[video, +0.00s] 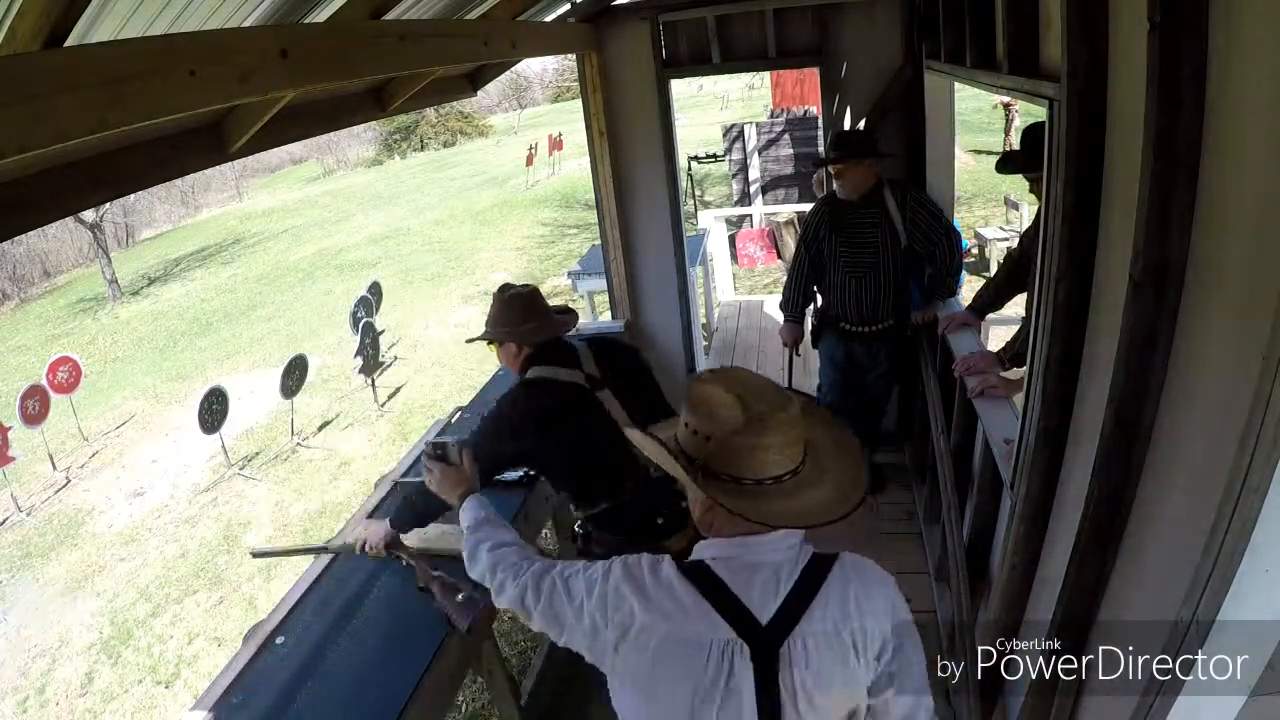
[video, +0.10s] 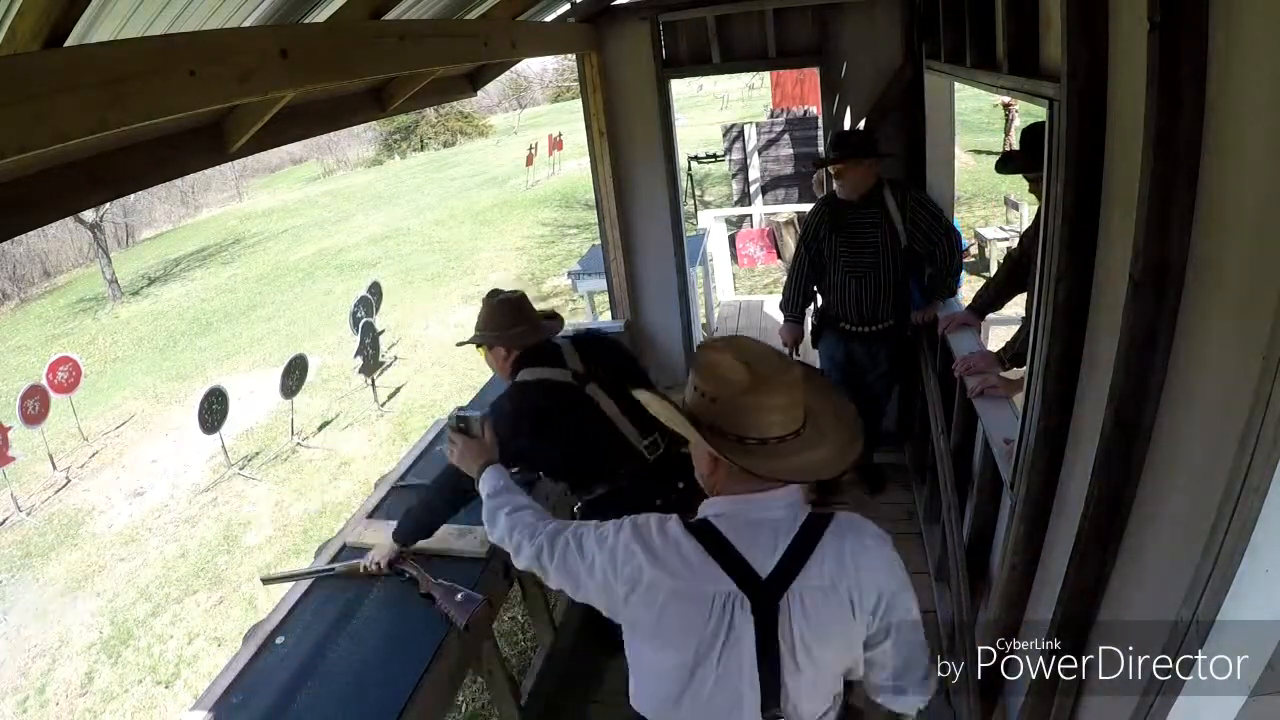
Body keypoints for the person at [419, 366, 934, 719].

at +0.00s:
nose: (678, 492)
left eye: (682, 480)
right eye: (678, 480)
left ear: (700, 496)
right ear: (802, 490)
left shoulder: (631, 597)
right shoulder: (870, 598)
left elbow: (514, 574)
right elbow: (909, 711)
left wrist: (467, 500)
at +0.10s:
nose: (690, 452)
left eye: (692, 440)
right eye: (691, 437)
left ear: (710, 462)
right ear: (803, 449)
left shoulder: (640, 552)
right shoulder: (865, 553)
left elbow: (537, 541)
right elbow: (905, 694)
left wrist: (486, 471)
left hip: (673, 708)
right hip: (813, 710)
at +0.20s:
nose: (687, 417)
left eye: (692, 407)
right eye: (689, 406)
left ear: (712, 424)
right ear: (798, 421)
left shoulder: (649, 520)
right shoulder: (859, 515)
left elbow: (544, 512)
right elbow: (901, 643)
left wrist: (499, 443)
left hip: (694, 708)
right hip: (815, 703)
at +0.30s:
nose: (689, 391)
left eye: (692, 380)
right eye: (691, 378)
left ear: (708, 396)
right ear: (790, 391)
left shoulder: (652, 489)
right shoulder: (851, 484)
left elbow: (547, 486)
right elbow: (894, 608)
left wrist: (502, 421)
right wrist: (826, 580)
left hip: (696, 705)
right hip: (809, 698)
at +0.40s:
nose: (687, 375)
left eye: (690, 364)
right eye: (689, 363)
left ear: (705, 379)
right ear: (784, 378)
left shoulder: (652, 467)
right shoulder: (841, 462)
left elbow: (549, 466)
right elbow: (884, 586)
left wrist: (503, 404)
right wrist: (817, 551)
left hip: (693, 697)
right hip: (801, 690)